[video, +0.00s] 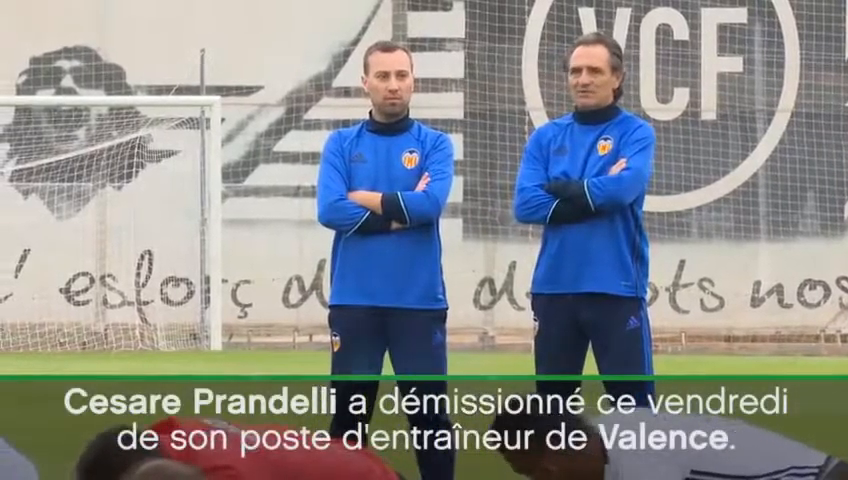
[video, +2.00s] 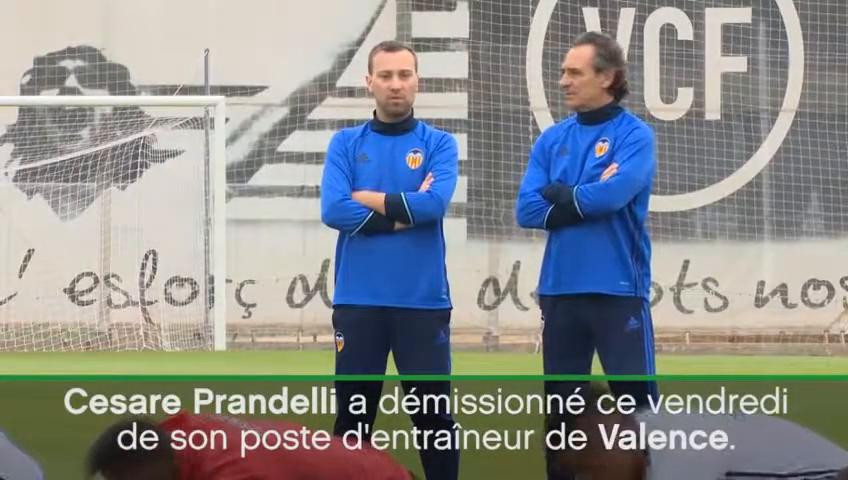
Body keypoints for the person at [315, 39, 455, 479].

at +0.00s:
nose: (393, 85)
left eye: (402, 76)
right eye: (382, 76)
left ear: (413, 83)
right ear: (365, 84)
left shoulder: (436, 143)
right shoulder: (341, 142)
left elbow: (429, 206)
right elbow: (330, 211)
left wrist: (358, 197)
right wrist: (403, 212)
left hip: (419, 301)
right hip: (354, 301)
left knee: (430, 416)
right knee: (348, 416)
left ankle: (438, 478)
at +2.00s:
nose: (396, 84)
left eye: (405, 75)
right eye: (386, 76)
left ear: (417, 82)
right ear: (369, 83)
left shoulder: (439, 143)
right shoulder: (345, 142)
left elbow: (433, 206)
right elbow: (333, 211)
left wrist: (361, 196)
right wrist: (406, 213)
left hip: (423, 302)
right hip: (358, 301)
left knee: (434, 417)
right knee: (352, 418)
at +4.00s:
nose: (391, 85)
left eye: (401, 76)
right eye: (381, 77)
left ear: (416, 82)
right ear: (368, 84)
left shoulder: (438, 143)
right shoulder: (344, 142)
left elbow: (432, 206)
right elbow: (338, 212)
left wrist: (363, 197)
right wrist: (406, 213)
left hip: (423, 302)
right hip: (360, 303)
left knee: (432, 415)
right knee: (351, 416)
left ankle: (443, 479)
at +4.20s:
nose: (391, 86)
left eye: (400, 76)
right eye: (381, 77)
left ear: (416, 82)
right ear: (368, 84)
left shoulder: (438, 144)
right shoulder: (349, 143)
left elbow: (432, 206)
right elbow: (339, 203)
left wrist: (367, 199)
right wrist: (411, 195)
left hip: (422, 300)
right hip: (359, 300)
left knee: (434, 417)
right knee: (350, 420)